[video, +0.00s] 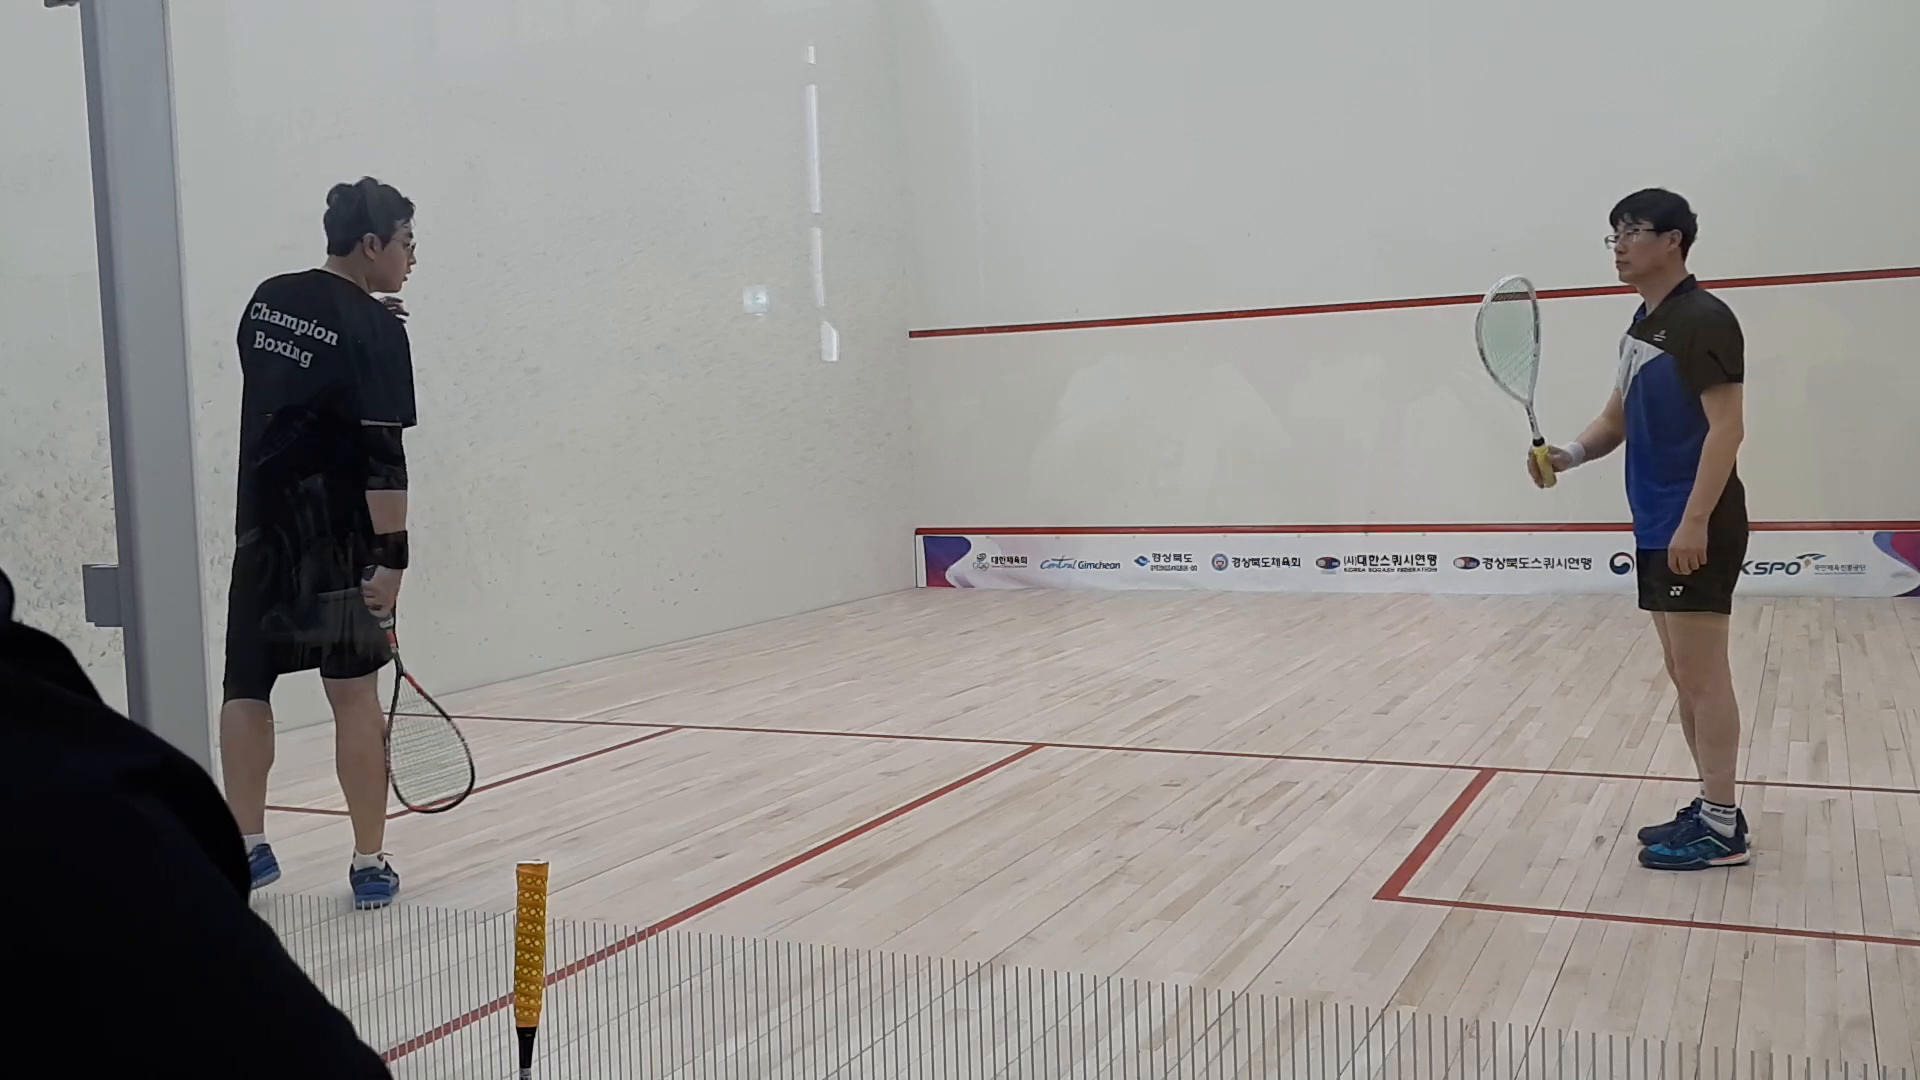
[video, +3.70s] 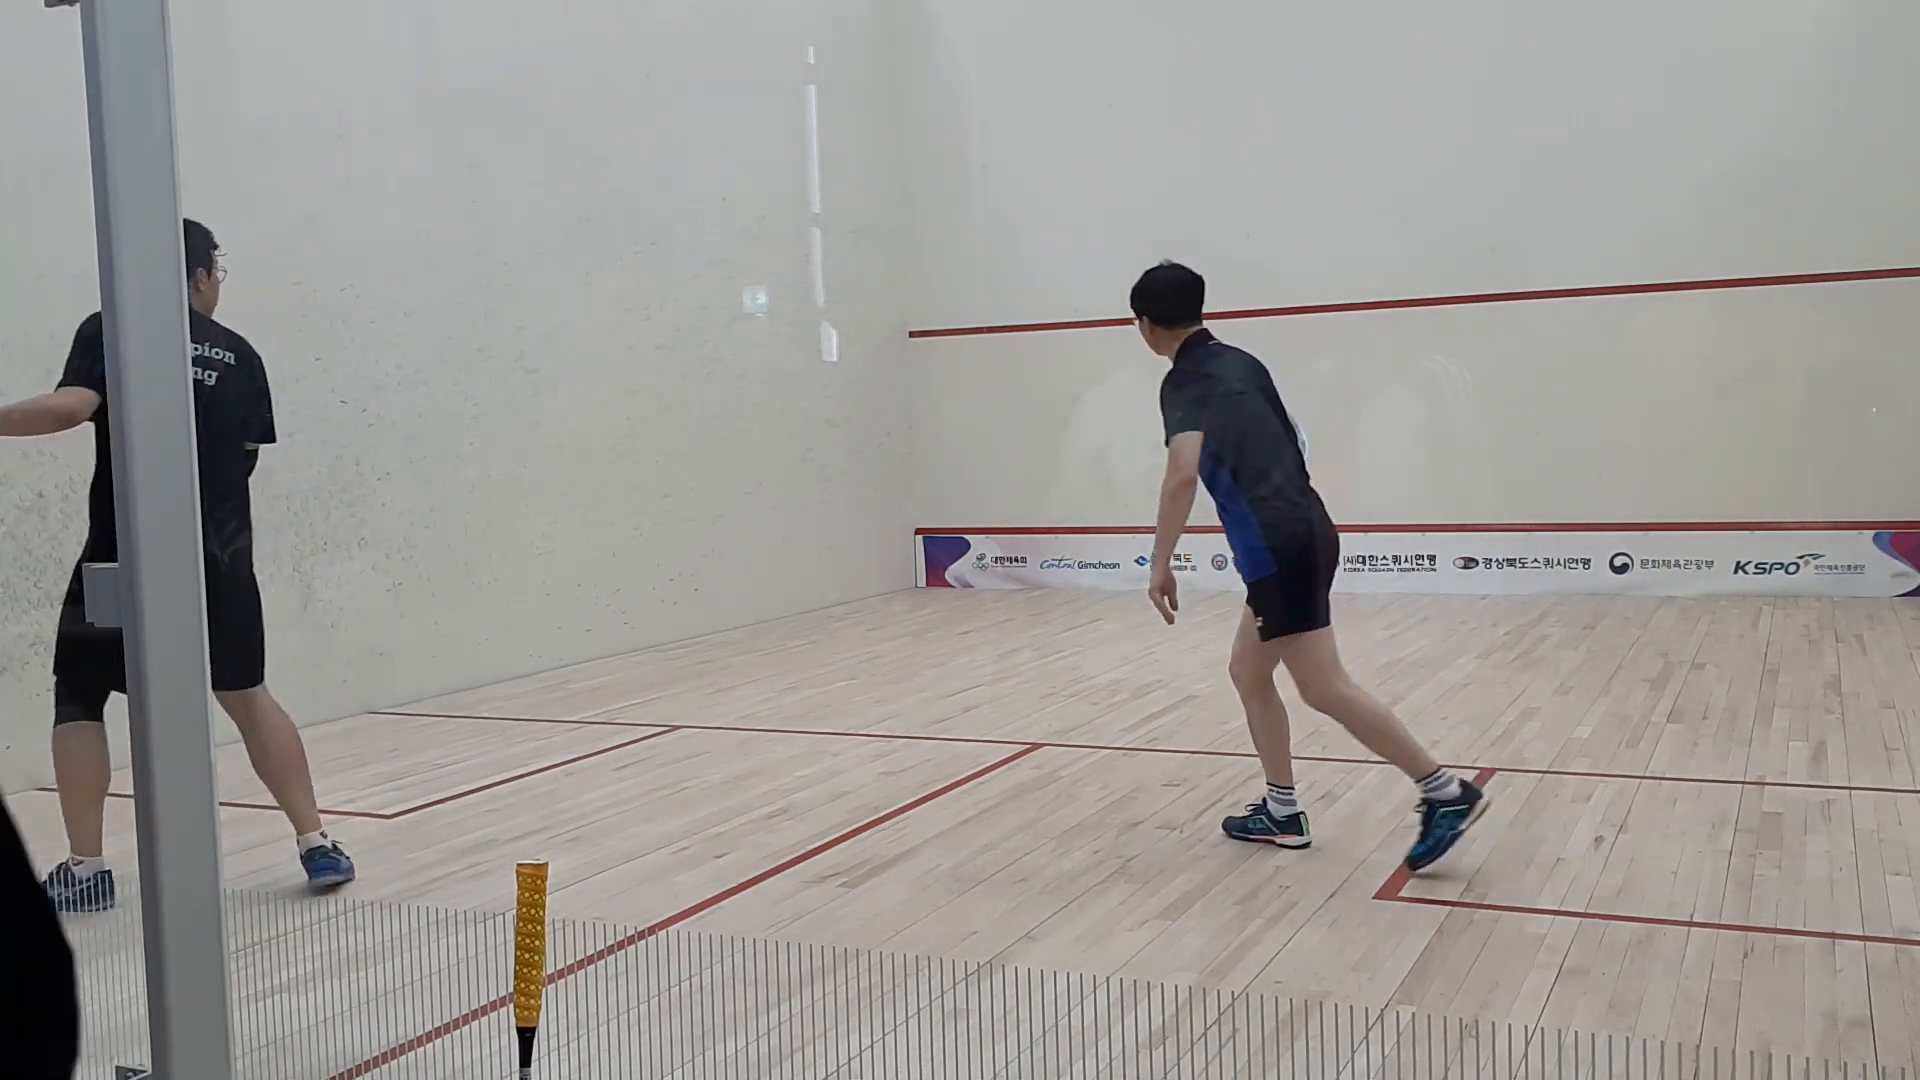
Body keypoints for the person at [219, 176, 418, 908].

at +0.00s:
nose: (411, 255)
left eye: (410, 241)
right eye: (405, 241)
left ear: (342, 242)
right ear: (373, 243)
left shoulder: (269, 296)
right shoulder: (376, 330)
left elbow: (275, 364)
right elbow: (384, 455)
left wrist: (374, 316)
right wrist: (392, 560)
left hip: (260, 537)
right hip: (342, 540)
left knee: (246, 689)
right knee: (356, 695)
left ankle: (249, 845)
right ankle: (370, 861)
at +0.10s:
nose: (425, 270)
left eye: (427, 256)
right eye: (422, 255)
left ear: (358, 246)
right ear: (388, 249)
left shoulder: (281, 295)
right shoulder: (385, 334)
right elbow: (384, 459)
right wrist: (385, 564)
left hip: (260, 537)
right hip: (337, 545)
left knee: (247, 691)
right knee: (354, 694)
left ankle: (244, 847)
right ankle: (369, 861)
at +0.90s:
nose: (329, 242)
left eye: (326, 229)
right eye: (316, 230)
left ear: (265, 243)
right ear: (273, 239)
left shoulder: (198, 316)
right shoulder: (300, 318)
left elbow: (184, 434)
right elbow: (333, 436)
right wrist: (388, 519)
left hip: (214, 553)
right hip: (302, 549)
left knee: (218, 720)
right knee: (337, 702)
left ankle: (199, 875)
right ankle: (367, 860)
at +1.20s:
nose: (272, 241)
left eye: (268, 228)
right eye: (259, 228)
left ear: (209, 239)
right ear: (217, 236)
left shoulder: (161, 308)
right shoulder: (247, 313)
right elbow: (275, 434)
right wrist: (339, 506)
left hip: (193, 540)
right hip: (269, 532)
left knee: (204, 716)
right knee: (318, 680)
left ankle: (189, 865)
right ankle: (344, 844)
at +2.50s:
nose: (249, 273)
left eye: (249, 259)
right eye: (242, 259)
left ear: (187, 257)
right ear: (206, 256)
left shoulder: (113, 323)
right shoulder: (231, 330)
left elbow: (91, 437)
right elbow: (272, 437)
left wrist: (157, 455)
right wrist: (303, 460)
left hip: (143, 549)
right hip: (232, 543)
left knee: (153, 711)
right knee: (282, 690)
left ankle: (152, 869)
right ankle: (319, 843)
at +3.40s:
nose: (293, 271)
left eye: (290, 260)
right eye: (289, 261)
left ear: (215, 269)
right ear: (272, 267)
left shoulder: (177, 321)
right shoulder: (305, 345)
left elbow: (115, 403)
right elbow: (314, 452)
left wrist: (51, 431)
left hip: (186, 547)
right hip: (276, 550)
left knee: (155, 699)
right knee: (294, 696)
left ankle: (135, 855)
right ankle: (324, 853)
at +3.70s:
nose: (221, 283)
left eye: (217, 271)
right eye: (217, 272)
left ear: (145, 271)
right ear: (202, 277)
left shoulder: (108, 328)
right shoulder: (239, 354)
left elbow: (70, 408)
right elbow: (245, 461)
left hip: (115, 560)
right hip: (216, 564)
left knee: (78, 699)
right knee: (247, 693)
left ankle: (86, 867)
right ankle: (316, 843)